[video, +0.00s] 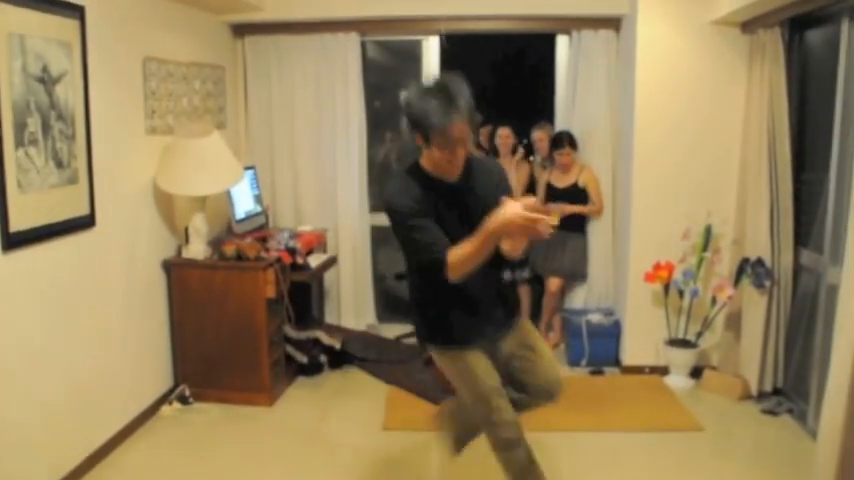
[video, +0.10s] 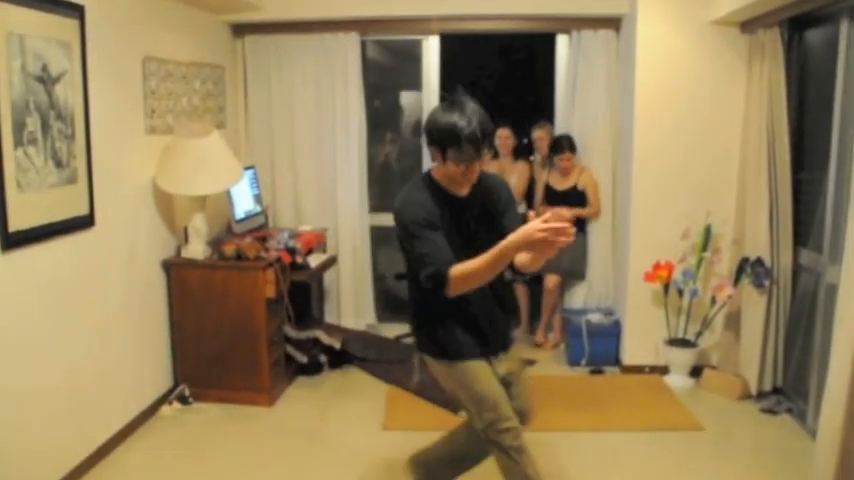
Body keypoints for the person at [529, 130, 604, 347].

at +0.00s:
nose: (564, 159)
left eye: (568, 154)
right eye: (560, 154)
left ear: (575, 153)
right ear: (553, 155)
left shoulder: (585, 174)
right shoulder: (546, 177)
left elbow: (597, 207)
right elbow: (538, 206)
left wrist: (570, 209)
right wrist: (550, 211)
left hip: (574, 235)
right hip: (550, 233)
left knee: (555, 286)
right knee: (553, 286)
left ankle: (543, 330)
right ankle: (556, 332)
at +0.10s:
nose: (565, 163)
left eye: (569, 158)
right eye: (561, 159)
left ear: (574, 156)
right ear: (553, 159)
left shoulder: (584, 175)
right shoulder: (546, 177)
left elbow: (595, 209)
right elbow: (538, 206)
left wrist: (571, 213)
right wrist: (551, 214)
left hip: (574, 233)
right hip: (550, 232)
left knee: (552, 280)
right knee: (554, 284)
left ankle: (542, 327)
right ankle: (557, 331)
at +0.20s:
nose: (565, 168)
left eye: (569, 163)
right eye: (561, 164)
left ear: (574, 159)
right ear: (553, 162)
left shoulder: (583, 177)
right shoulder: (545, 177)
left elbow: (592, 209)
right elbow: (536, 205)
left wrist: (572, 219)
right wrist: (543, 220)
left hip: (573, 231)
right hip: (549, 230)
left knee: (551, 279)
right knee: (553, 283)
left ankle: (542, 329)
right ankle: (556, 330)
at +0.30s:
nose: (566, 171)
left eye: (569, 166)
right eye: (561, 167)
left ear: (574, 162)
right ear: (553, 164)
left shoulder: (582, 179)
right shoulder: (545, 177)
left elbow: (591, 211)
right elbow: (532, 201)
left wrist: (564, 221)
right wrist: (545, 217)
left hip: (570, 229)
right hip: (547, 228)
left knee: (550, 280)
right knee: (553, 283)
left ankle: (544, 331)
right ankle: (556, 330)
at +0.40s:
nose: (564, 179)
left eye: (568, 175)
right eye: (560, 175)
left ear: (574, 169)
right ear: (551, 170)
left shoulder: (583, 183)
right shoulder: (541, 178)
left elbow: (589, 215)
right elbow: (530, 208)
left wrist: (572, 231)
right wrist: (546, 225)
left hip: (570, 232)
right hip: (544, 231)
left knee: (550, 282)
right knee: (546, 284)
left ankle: (549, 332)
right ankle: (552, 329)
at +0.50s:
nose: (567, 185)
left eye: (570, 180)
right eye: (563, 181)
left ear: (576, 175)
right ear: (553, 176)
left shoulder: (583, 187)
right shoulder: (541, 182)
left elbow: (587, 219)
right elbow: (529, 211)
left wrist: (575, 242)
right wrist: (544, 228)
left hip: (568, 234)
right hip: (542, 231)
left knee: (550, 283)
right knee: (543, 284)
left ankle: (549, 333)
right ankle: (551, 329)